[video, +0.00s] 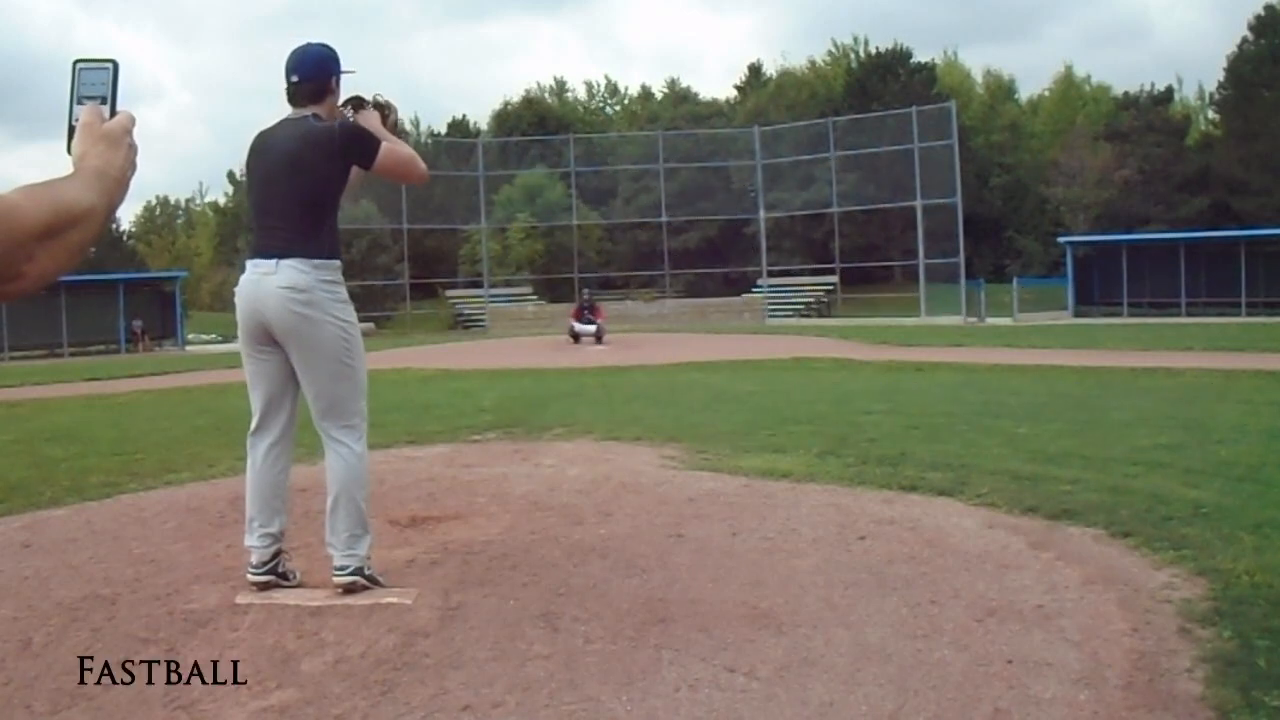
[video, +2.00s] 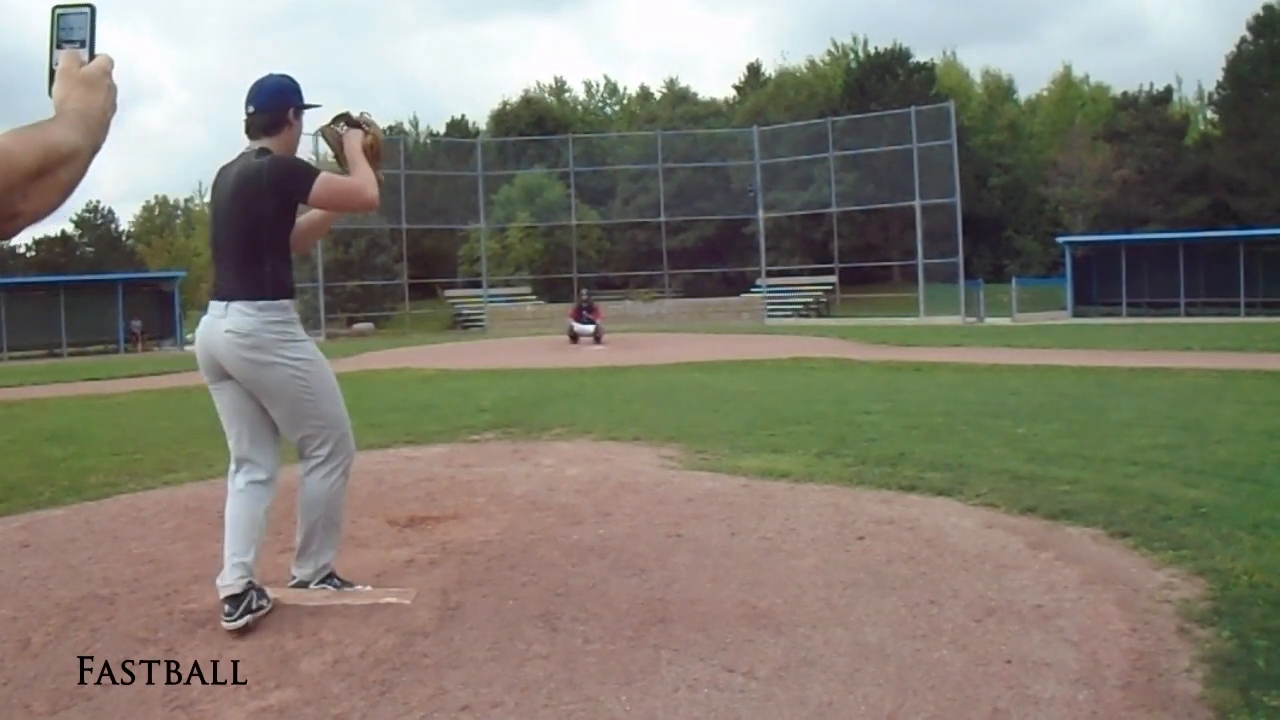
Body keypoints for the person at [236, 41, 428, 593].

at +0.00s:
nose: (340, 91)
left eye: (335, 83)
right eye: (339, 83)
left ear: (289, 89)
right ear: (333, 87)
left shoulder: (262, 142)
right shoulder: (337, 136)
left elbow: (330, 192)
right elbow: (415, 169)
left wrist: (357, 133)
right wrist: (376, 126)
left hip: (253, 287)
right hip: (310, 287)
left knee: (269, 428)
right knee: (343, 431)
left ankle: (264, 557)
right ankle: (350, 562)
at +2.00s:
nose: (303, 126)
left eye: (300, 118)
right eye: (302, 118)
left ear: (251, 122)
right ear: (292, 119)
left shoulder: (228, 176)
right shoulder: (279, 170)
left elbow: (291, 240)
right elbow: (365, 194)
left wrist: (337, 200)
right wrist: (352, 146)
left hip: (215, 330)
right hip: (265, 329)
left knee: (251, 463)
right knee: (330, 446)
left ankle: (236, 589)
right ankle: (312, 573)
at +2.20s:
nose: (317, 127)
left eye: (314, 118)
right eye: (314, 117)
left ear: (268, 122)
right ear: (301, 118)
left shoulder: (255, 176)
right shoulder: (277, 172)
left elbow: (335, 228)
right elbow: (362, 186)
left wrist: (376, 174)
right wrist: (368, 135)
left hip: (246, 331)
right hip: (282, 331)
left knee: (295, 434)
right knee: (341, 446)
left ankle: (243, 513)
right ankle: (314, 574)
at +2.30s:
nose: (318, 129)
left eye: (318, 120)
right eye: (316, 120)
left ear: (272, 121)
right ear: (303, 118)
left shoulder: (286, 176)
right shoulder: (265, 168)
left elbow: (353, 220)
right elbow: (339, 178)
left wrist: (385, 162)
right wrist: (366, 125)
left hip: (292, 324)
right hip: (277, 328)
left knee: (356, 399)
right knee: (340, 444)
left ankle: (282, 494)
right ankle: (313, 573)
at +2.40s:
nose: (322, 142)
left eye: (323, 133)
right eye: (319, 131)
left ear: (284, 125)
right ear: (301, 123)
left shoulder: (301, 179)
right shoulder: (246, 170)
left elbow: (366, 212)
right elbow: (312, 174)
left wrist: (380, 148)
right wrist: (349, 121)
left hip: (314, 320)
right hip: (277, 331)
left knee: (396, 371)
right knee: (341, 450)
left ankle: (349, 477)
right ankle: (312, 574)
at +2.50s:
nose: (319, 144)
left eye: (321, 137)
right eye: (314, 134)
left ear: (292, 138)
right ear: (294, 131)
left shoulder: (310, 182)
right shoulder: (236, 175)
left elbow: (377, 207)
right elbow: (281, 178)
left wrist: (367, 142)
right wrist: (326, 117)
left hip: (324, 316)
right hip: (277, 334)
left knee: (420, 329)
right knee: (344, 451)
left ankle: (420, 455)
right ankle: (312, 574)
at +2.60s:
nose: (331, 153)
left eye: (333, 142)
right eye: (322, 143)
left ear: (326, 148)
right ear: (292, 146)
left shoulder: (322, 189)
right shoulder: (240, 189)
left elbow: (385, 206)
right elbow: (263, 194)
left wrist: (357, 145)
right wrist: (302, 125)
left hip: (328, 313)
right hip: (285, 335)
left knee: (402, 284)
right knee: (348, 449)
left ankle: (445, 410)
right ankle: (314, 572)